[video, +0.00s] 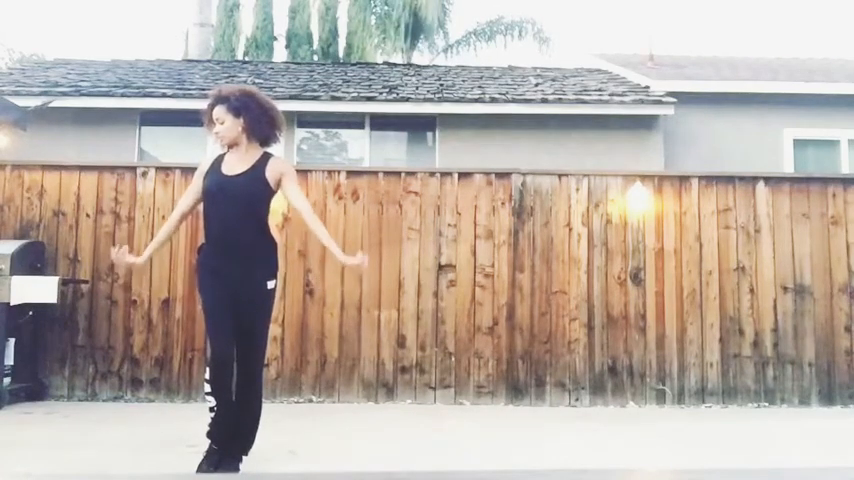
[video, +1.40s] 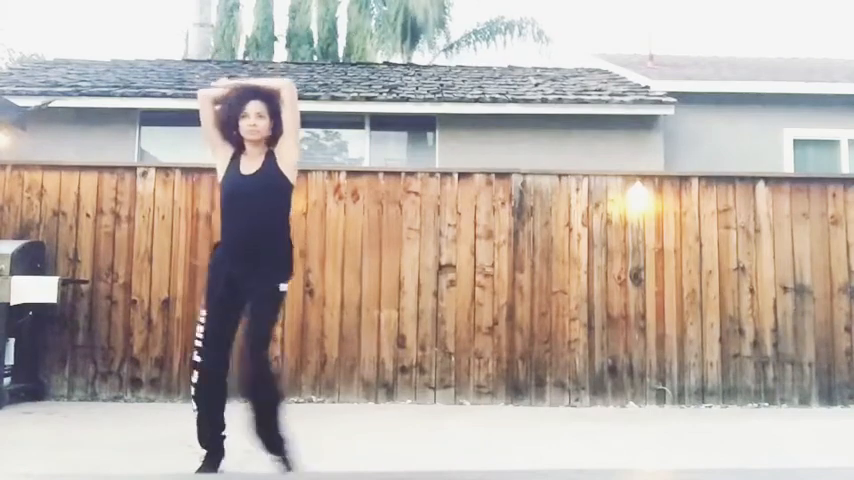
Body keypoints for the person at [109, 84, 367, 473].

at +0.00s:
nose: (215, 130)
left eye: (220, 122)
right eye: (213, 123)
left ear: (244, 120)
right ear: (221, 126)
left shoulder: (275, 165)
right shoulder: (213, 164)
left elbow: (305, 212)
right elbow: (179, 213)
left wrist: (341, 257)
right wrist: (143, 257)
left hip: (257, 273)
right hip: (214, 270)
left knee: (249, 363)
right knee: (221, 355)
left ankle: (237, 449)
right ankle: (220, 443)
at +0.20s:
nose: (215, 129)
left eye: (221, 121)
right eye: (213, 122)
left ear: (245, 121)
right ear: (214, 124)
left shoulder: (272, 163)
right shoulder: (211, 162)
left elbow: (328, 183)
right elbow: (161, 185)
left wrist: (372, 202)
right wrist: (115, 209)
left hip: (256, 273)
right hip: (212, 270)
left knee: (250, 362)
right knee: (221, 355)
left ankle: (236, 451)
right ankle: (218, 443)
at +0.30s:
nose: (219, 126)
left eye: (226, 118)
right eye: (216, 120)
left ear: (248, 120)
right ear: (214, 123)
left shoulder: (272, 159)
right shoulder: (215, 160)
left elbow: (324, 150)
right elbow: (172, 156)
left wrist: (362, 140)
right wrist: (135, 151)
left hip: (255, 271)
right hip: (212, 268)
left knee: (250, 360)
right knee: (220, 353)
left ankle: (235, 449)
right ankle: (219, 442)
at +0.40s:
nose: (224, 122)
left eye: (232, 116)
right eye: (220, 117)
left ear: (253, 119)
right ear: (216, 123)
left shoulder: (270, 157)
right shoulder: (210, 156)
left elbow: (312, 119)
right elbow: (164, 122)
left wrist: (353, 76)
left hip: (256, 270)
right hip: (213, 268)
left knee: (251, 361)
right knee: (221, 354)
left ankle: (237, 451)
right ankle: (218, 445)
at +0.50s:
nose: (230, 120)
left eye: (237, 114)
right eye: (224, 115)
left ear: (254, 121)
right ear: (217, 122)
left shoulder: (269, 158)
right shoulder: (208, 158)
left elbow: (299, 99)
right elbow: (176, 104)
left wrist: (309, 42)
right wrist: (193, 53)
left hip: (256, 269)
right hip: (212, 268)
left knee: (249, 362)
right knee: (220, 353)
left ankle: (237, 451)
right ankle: (218, 444)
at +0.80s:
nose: (234, 120)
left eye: (242, 115)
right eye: (228, 115)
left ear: (254, 122)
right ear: (218, 121)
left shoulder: (264, 156)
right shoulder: (207, 155)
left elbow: (273, 90)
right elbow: (197, 90)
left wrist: (243, 55)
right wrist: (241, 74)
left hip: (255, 267)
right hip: (212, 266)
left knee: (250, 360)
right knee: (221, 355)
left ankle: (238, 450)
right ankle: (218, 445)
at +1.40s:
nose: (254, 122)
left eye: (261, 116)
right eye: (247, 116)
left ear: (273, 123)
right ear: (236, 123)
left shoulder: (284, 156)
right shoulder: (226, 156)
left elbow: (288, 88)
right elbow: (204, 97)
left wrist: (243, 84)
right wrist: (234, 86)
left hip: (269, 273)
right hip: (226, 269)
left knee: (253, 360)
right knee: (210, 361)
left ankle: (275, 445)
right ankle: (212, 451)